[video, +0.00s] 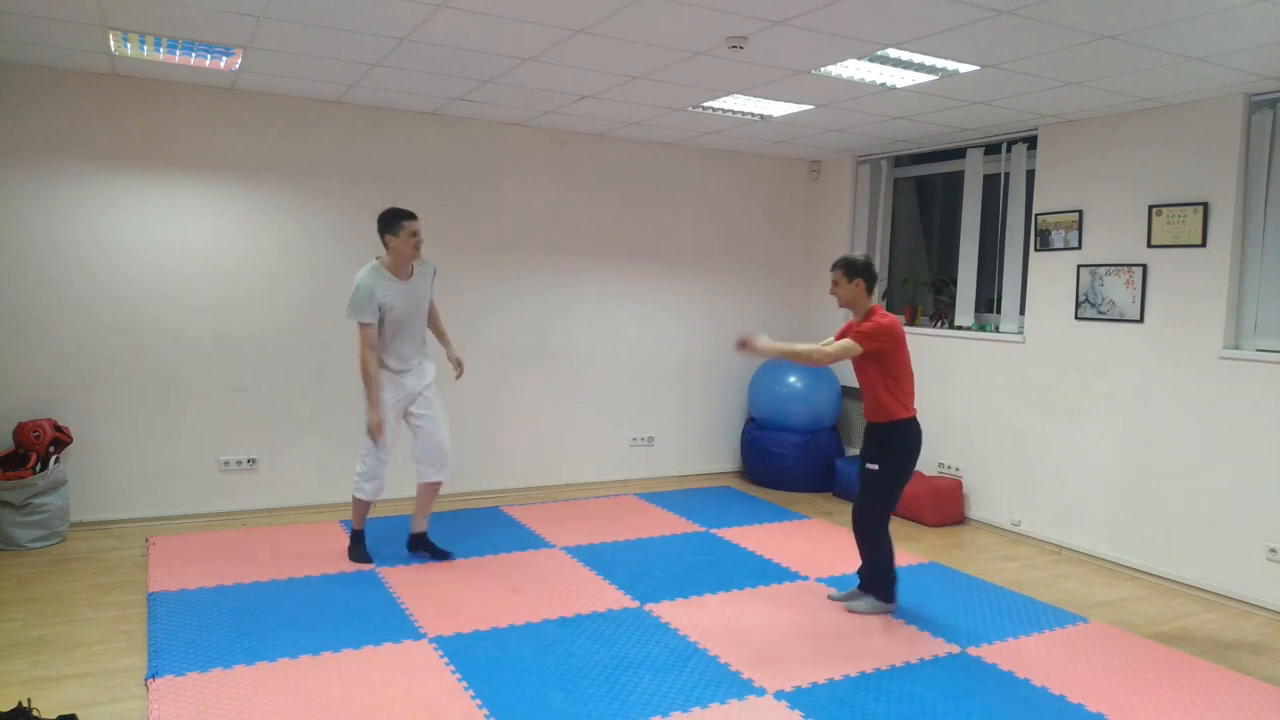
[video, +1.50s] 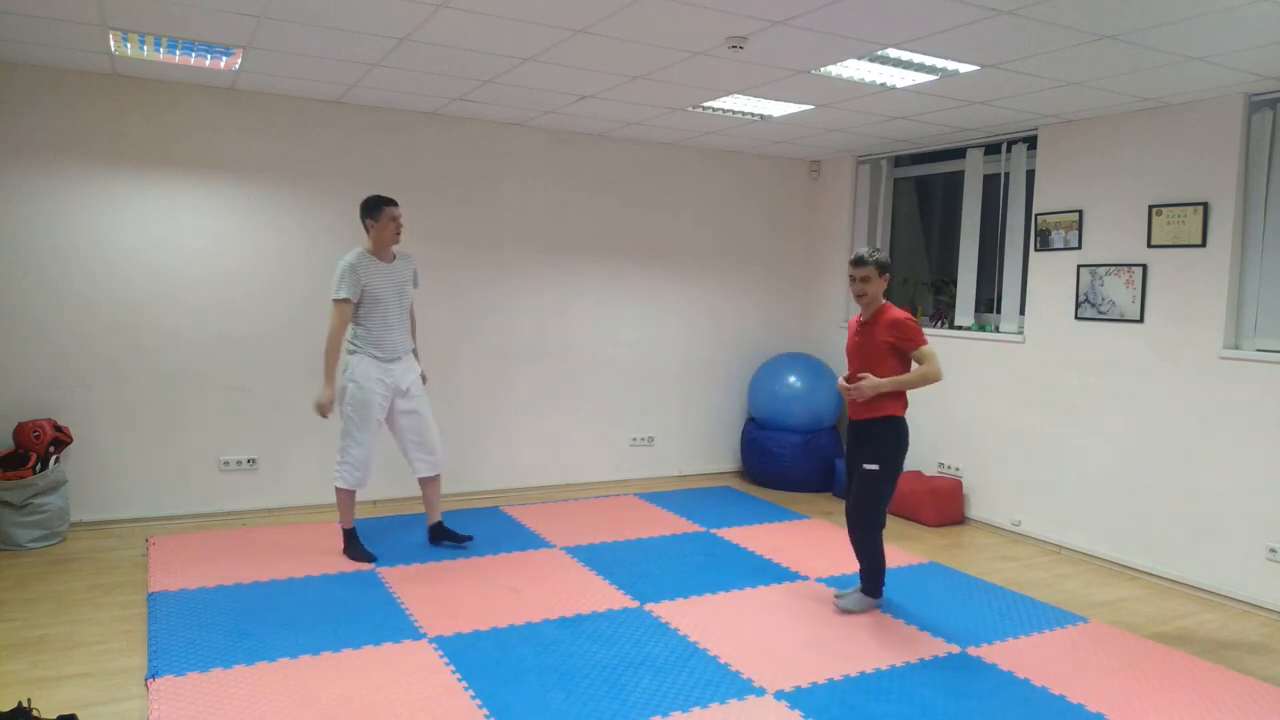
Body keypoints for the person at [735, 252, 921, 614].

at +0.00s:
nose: (832, 291)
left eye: (836, 284)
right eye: (832, 284)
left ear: (859, 285)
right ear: (857, 287)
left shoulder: (883, 325)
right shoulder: (857, 325)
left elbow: (826, 357)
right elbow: (818, 350)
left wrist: (771, 348)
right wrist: (768, 347)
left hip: (897, 434)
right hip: (879, 431)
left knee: (871, 516)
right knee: (864, 514)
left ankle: (883, 596)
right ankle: (870, 586)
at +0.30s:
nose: (805, 318)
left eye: (808, 310)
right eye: (804, 311)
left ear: (828, 309)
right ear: (830, 310)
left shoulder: (853, 339)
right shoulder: (847, 337)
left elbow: (800, 373)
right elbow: (807, 358)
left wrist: (779, 347)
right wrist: (785, 346)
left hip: (914, 437)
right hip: (902, 436)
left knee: (892, 519)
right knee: (884, 516)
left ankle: (873, 593)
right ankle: (870, 587)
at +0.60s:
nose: (805, 317)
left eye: (808, 310)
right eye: (804, 311)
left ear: (828, 309)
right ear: (830, 310)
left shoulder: (852, 340)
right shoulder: (847, 337)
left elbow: (798, 374)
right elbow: (810, 358)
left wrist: (780, 349)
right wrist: (787, 347)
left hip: (914, 437)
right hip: (904, 435)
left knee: (892, 520)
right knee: (884, 518)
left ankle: (872, 594)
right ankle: (870, 588)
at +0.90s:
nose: (821, 294)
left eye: (825, 286)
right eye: (822, 286)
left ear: (846, 289)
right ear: (848, 290)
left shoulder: (863, 325)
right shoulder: (859, 322)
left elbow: (809, 357)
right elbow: (823, 348)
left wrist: (795, 328)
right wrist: (805, 332)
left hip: (900, 433)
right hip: (893, 431)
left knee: (884, 515)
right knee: (878, 513)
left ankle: (871, 593)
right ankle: (870, 587)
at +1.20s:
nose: (845, 280)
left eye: (851, 274)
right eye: (846, 273)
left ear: (872, 279)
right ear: (868, 280)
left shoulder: (883, 323)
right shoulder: (866, 320)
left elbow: (879, 378)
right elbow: (864, 374)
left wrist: (842, 370)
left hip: (876, 429)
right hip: (860, 427)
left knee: (869, 513)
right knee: (847, 510)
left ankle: (872, 592)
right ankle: (869, 578)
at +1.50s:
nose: (858, 287)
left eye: (866, 280)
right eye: (853, 280)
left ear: (884, 280)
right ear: (848, 281)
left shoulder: (898, 322)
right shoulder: (855, 323)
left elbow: (933, 371)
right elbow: (859, 368)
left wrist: (880, 384)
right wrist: (844, 381)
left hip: (886, 429)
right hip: (859, 427)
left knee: (866, 517)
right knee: (856, 514)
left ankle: (872, 592)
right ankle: (869, 584)